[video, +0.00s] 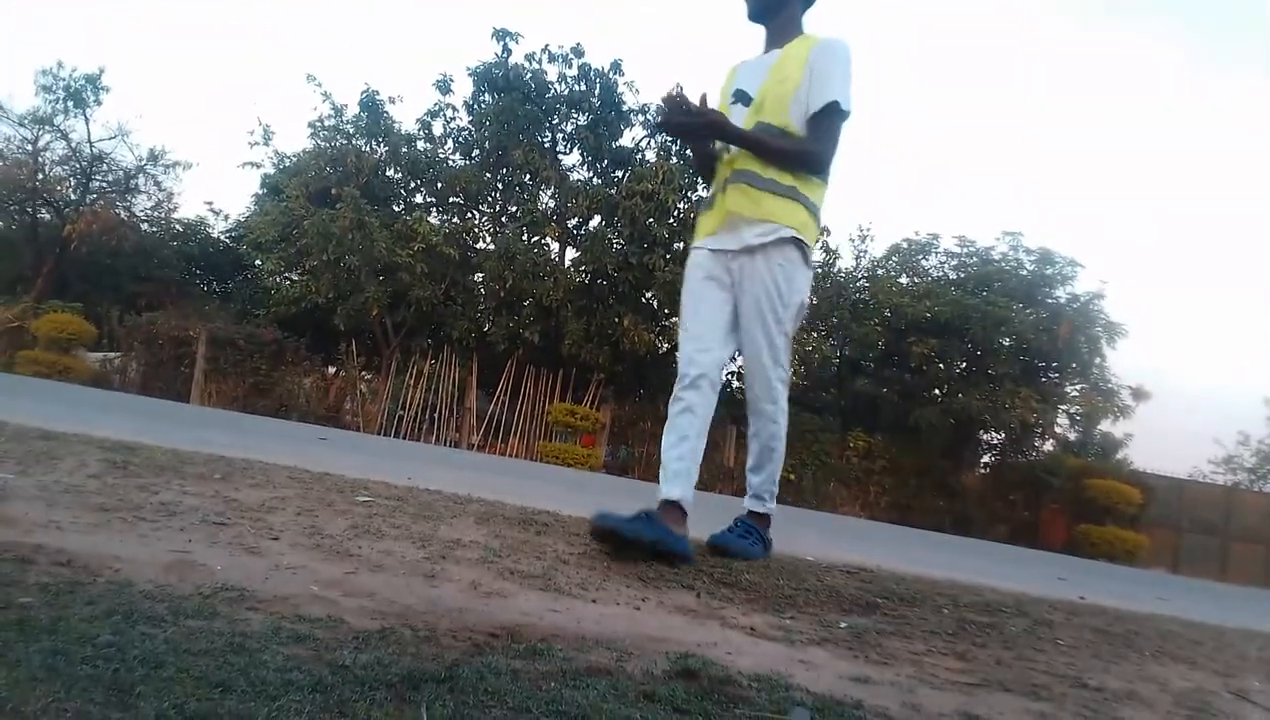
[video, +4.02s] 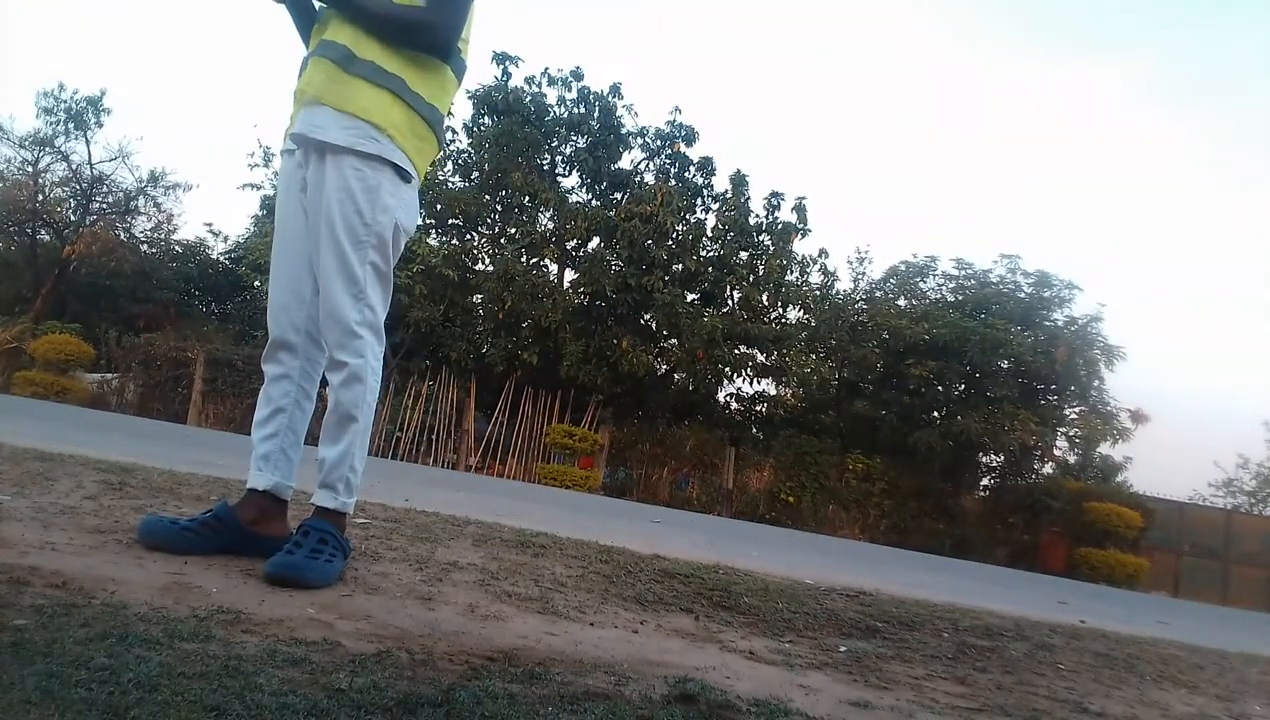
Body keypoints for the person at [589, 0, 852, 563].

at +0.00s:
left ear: (795, 1)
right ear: (767, 8)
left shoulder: (825, 52)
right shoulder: (738, 75)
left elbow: (818, 157)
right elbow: (716, 173)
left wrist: (725, 129)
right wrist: (693, 134)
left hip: (777, 239)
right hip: (714, 238)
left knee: (765, 384)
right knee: (696, 373)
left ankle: (757, 521)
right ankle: (670, 515)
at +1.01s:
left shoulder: (604, 3)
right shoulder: (547, 20)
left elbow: (593, 73)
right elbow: (514, 107)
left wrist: (488, 29)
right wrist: (469, 48)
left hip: (548, 178)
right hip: (493, 178)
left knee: (515, 344)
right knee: (442, 311)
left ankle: (472, 526)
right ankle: (556, 456)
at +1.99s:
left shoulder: (446, 8)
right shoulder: (337, 17)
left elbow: (442, 34)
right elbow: (312, 54)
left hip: (375, 136)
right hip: (302, 131)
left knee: (340, 330)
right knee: (284, 333)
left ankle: (327, 522)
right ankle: (261, 510)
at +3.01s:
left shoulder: (450, 10)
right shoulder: (340, 24)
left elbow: (442, 28)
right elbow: (325, 39)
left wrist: (350, 0)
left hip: (382, 140)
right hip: (311, 135)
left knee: (356, 341)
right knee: (291, 336)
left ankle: (328, 523)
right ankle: (262, 509)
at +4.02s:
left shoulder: (446, 8)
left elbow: (439, 30)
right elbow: (324, 39)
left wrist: (344, 1)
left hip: (377, 135)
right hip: (307, 129)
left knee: (352, 337)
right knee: (289, 334)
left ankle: (328, 523)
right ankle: (262, 508)